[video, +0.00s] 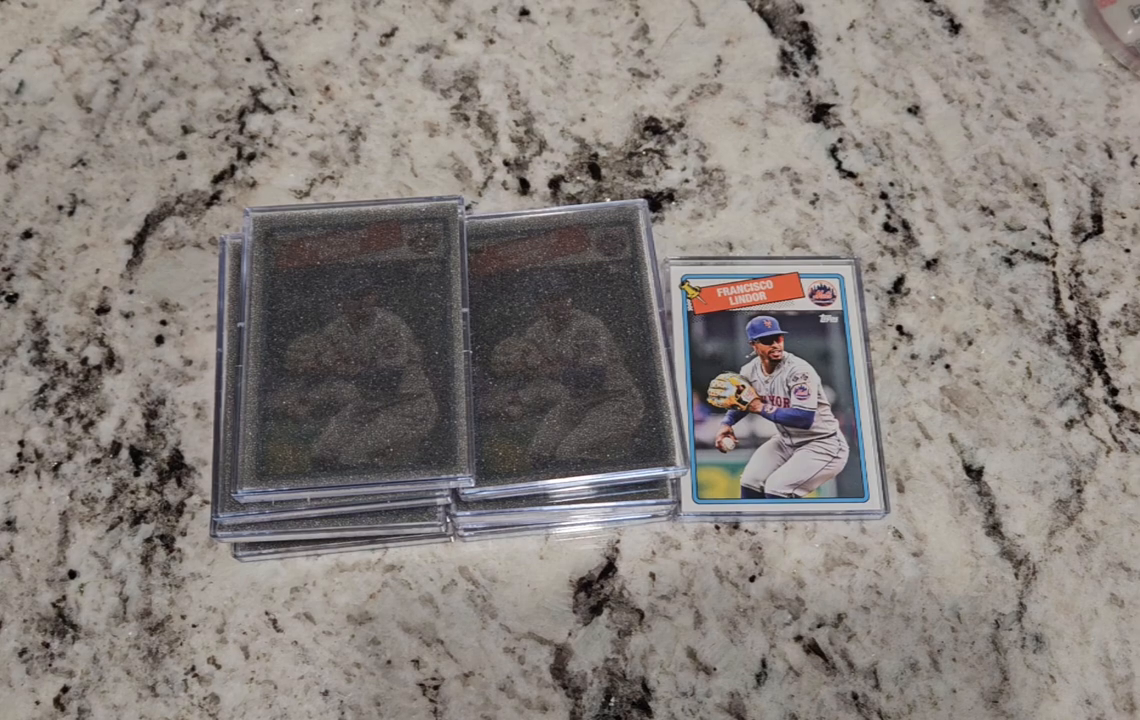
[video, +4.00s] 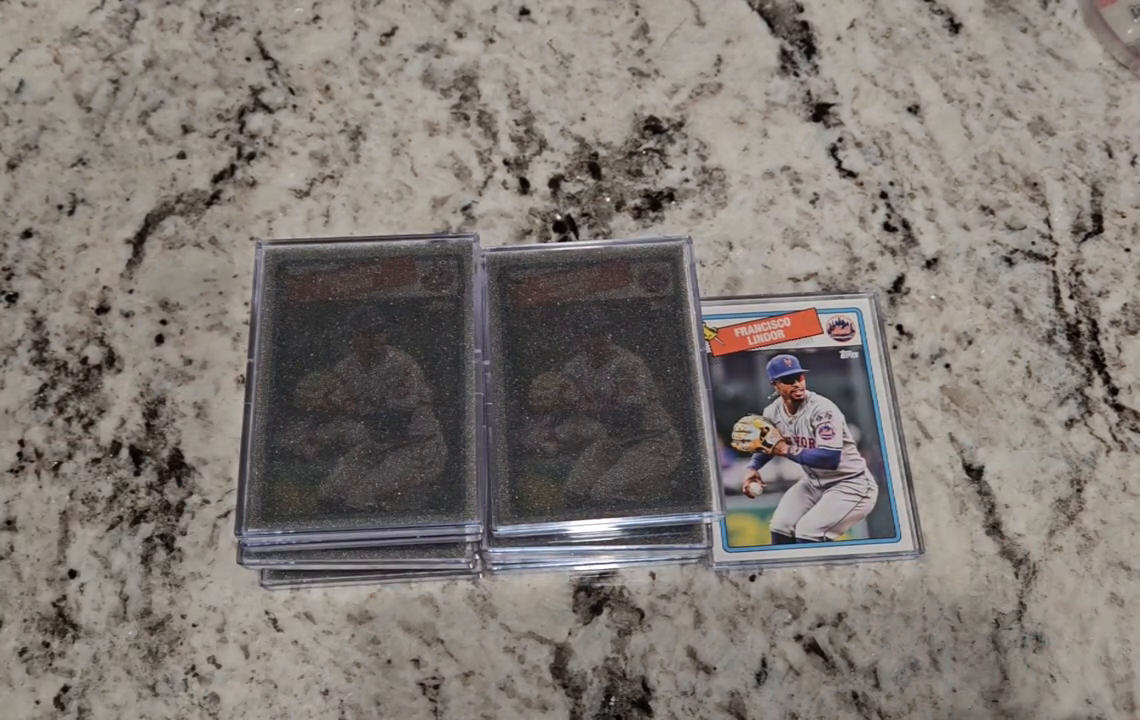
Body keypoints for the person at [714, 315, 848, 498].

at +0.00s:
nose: (775, 345)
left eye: (778, 339)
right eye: (767, 341)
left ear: (783, 339)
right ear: (754, 346)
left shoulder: (800, 371)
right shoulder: (748, 372)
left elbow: (803, 419)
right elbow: (742, 403)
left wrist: (760, 407)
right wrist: (726, 425)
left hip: (824, 445)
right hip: (786, 443)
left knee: (776, 488)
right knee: (750, 482)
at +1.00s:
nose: (776, 348)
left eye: (778, 342)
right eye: (768, 344)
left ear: (783, 341)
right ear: (755, 349)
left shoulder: (800, 373)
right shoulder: (749, 374)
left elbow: (805, 420)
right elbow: (744, 407)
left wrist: (761, 410)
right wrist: (727, 428)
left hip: (817, 447)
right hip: (785, 445)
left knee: (779, 491)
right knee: (752, 486)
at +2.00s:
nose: (816, 389)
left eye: (818, 382)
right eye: (807, 386)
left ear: (823, 382)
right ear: (794, 391)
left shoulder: (842, 415)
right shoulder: (790, 417)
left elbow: (848, 464)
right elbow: (786, 449)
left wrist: (805, 455)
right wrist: (770, 474)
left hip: (867, 489)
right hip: (831, 489)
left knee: (826, 537)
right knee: (799, 533)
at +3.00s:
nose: (798, 385)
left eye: (800, 378)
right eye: (789, 381)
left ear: (804, 377)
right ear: (776, 386)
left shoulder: (823, 410)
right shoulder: (772, 413)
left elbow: (830, 460)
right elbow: (768, 446)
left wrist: (786, 449)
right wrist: (752, 469)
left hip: (852, 485)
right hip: (814, 485)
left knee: (807, 532)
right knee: (781, 529)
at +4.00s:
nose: (798, 384)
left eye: (800, 378)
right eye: (789, 381)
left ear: (804, 377)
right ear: (776, 386)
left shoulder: (823, 409)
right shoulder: (772, 413)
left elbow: (830, 459)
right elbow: (768, 445)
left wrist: (786, 449)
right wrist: (752, 469)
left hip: (852, 485)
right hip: (814, 484)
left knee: (807, 531)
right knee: (781, 528)